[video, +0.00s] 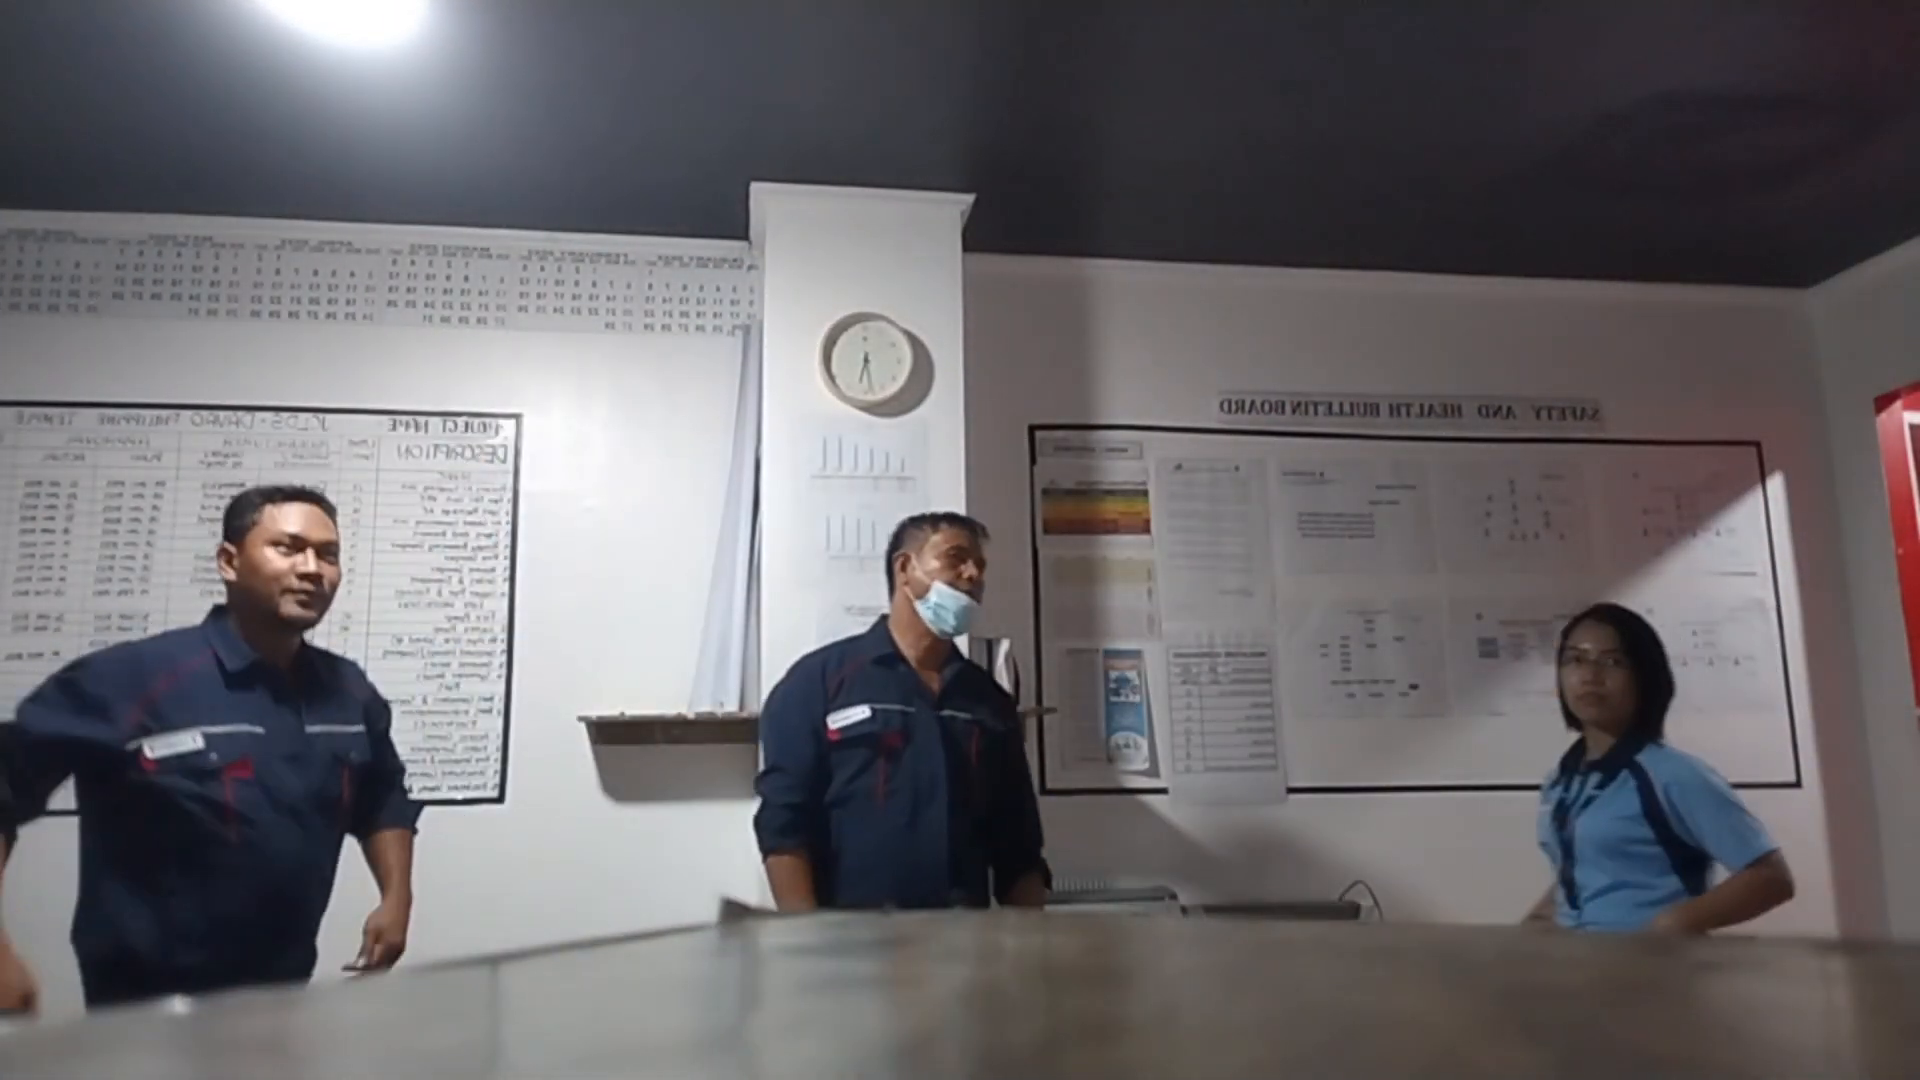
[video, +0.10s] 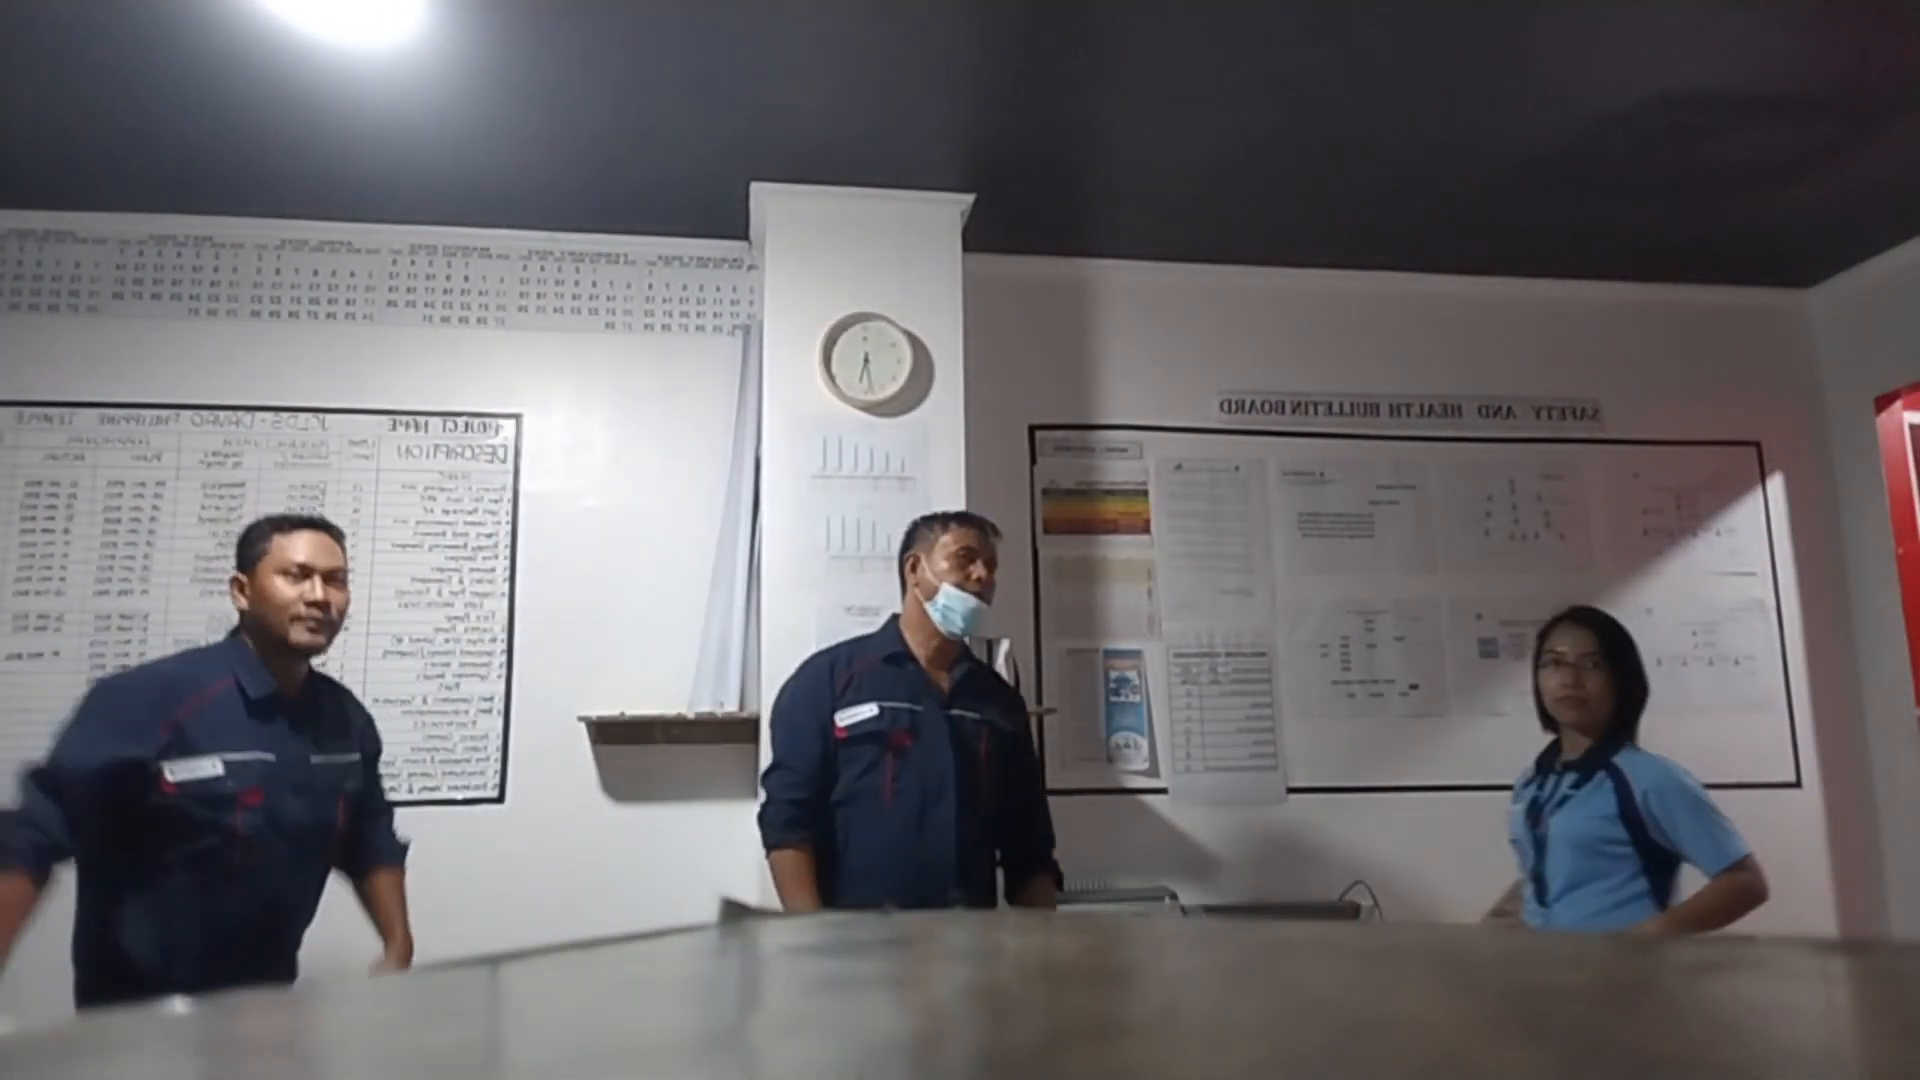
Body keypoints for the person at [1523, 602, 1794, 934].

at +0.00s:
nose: (1590, 675)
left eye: (1612, 662)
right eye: (1576, 660)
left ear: (1644, 675)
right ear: (1560, 677)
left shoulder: (1675, 777)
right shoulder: (1560, 784)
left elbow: (1772, 880)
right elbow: (1575, 884)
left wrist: (1676, 923)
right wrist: (1522, 941)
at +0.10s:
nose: (1570, 679)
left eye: (1591, 665)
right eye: (1554, 664)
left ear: (1622, 680)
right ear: (1536, 680)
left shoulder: (1651, 780)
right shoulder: (1532, 785)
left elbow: (1746, 884)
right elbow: (1538, 883)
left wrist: (1649, 936)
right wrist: (1482, 939)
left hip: (1624, 983)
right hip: (1542, 979)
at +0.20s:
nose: (1549, 678)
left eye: (1570, 664)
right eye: (1533, 663)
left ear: (1598, 680)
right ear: (1514, 679)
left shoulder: (1624, 778)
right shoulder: (1507, 785)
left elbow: (1713, 883)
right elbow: (1506, 876)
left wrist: (1622, 941)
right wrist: (1466, 910)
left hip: (1597, 980)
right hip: (1518, 979)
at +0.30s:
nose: (1527, 675)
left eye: (1548, 663)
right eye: (1511, 661)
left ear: (1575, 680)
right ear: (1492, 677)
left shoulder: (1597, 773)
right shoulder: (1484, 783)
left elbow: (1684, 879)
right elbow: (1477, 877)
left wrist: (1596, 943)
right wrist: (1440, 902)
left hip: (1574, 973)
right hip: (1495, 972)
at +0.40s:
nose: (1506, 675)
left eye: (1527, 661)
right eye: (1490, 659)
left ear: (1554, 677)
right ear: (1472, 676)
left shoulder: (1575, 771)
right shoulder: (1459, 785)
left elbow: (1660, 879)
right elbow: (1455, 878)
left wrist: (1582, 958)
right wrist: (1427, 908)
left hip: (1559, 973)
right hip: (1477, 971)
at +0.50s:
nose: (1491, 675)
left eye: (1510, 662)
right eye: (1475, 659)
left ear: (1533, 679)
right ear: (1454, 677)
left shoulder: (1562, 770)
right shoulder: (1437, 786)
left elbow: (1640, 880)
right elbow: (1437, 889)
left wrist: (1579, 969)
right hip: (1469, 975)